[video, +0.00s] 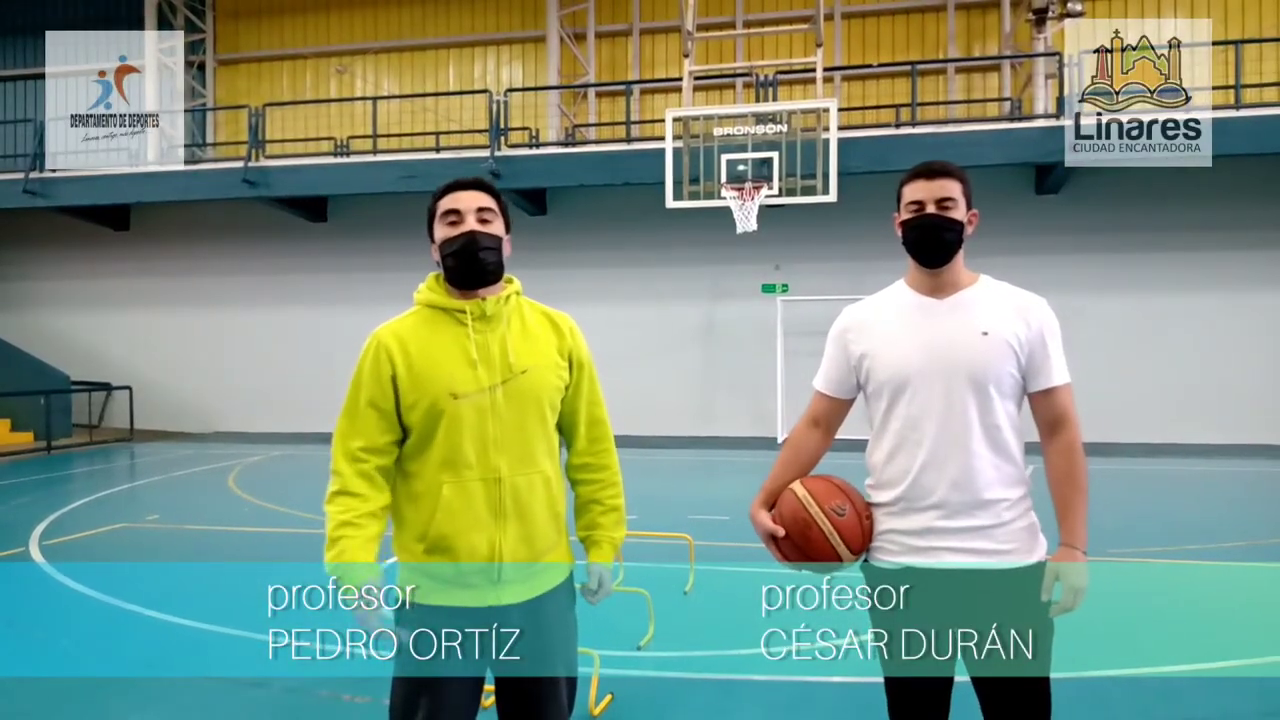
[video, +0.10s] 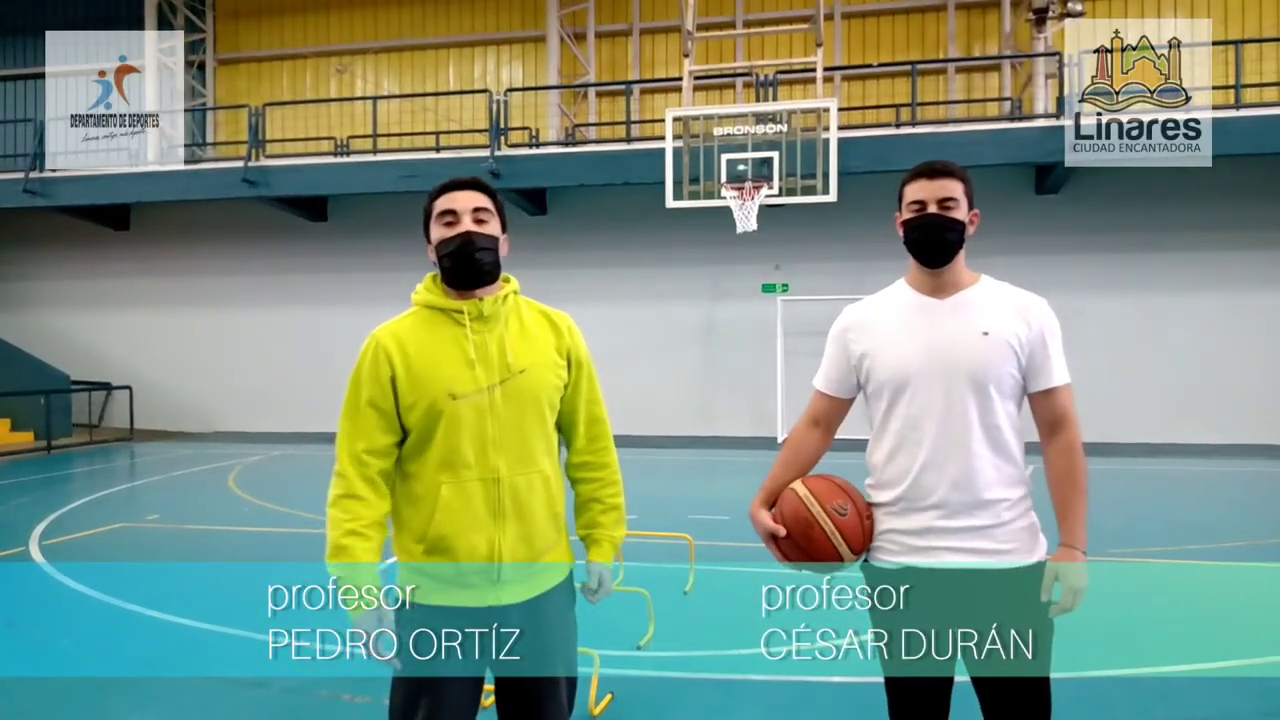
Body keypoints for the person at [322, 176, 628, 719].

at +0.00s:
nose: (471, 227)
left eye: (486, 217)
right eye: (453, 219)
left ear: (507, 241)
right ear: (434, 247)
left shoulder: (556, 334)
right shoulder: (394, 346)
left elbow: (592, 449)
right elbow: (360, 464)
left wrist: (602, 545)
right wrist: (352, 567)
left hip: (541, 586)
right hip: (439, 590)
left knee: (546, 711)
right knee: (430, 714)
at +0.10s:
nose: (468, 227)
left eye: (482, 217)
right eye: (449, 219)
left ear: (505, 241)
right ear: (431, 247)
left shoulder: (555, 333)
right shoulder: (392, 347)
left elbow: (592, 448)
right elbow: (360, 472)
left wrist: (602, 544)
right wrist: (357, 584)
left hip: (541, 588)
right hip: (438, 592)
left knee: (547, 711)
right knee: (430, 714)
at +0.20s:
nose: (467, 228)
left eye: (481, 217)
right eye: (448, 220)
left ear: (504, 241)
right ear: (430, 248)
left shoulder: (554, 334)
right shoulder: (391, 348)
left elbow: (592, 447)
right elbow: (366, 477)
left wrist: (603, 543)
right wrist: (365, 596)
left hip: (541, 588)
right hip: (437, 593)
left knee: (547, 711)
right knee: (431, 714)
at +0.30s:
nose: (468, 228)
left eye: (482, 217)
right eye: (450, 220)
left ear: (505, 242)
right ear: (431, 248)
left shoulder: (555, 334)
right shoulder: (392, 348)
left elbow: (591, 446)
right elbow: (370, 479)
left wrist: (603, 542)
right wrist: (376, 598)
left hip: (541, 589)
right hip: (436, 594)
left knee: (546, 711)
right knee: (431, 714)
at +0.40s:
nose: (472, 227)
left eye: (487, 216)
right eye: (454, 219)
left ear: (509, 240)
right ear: (434, 246)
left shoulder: (556, 334)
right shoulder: (394, 346)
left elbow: (591, 448)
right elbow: (371, 478)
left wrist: (603, 543)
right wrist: (379, 596)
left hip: (541, 589)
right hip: (436, 593)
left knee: (547, 711)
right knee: (431, 714)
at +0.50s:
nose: (477, 227)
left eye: (492, 217)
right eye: (459, 218)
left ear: (513, 241)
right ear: (440, 244)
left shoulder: (558, 336)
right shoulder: (396, 344)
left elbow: (593, 454)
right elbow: (363, 474)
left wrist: (601, 550)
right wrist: (380, 589)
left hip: (541, 592)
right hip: (436, 596)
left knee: (548, 712)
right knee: (430, 715)